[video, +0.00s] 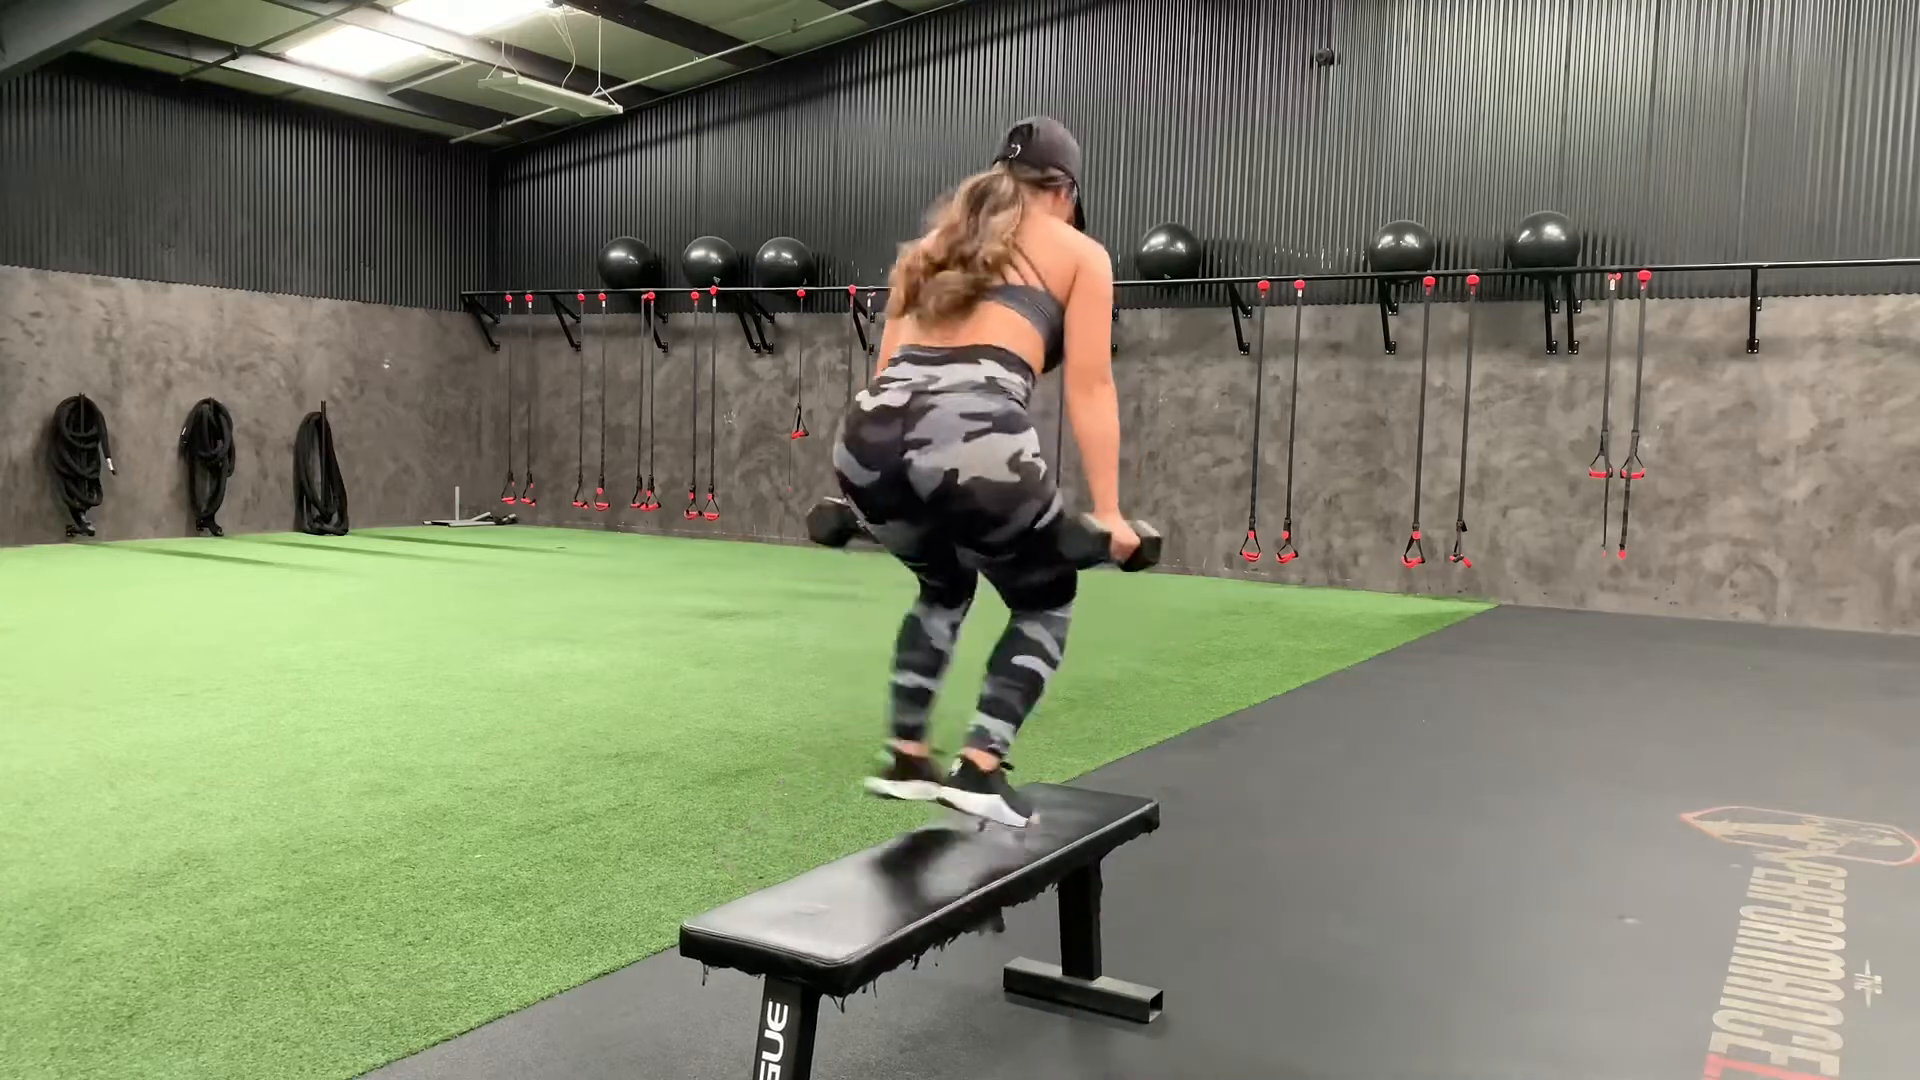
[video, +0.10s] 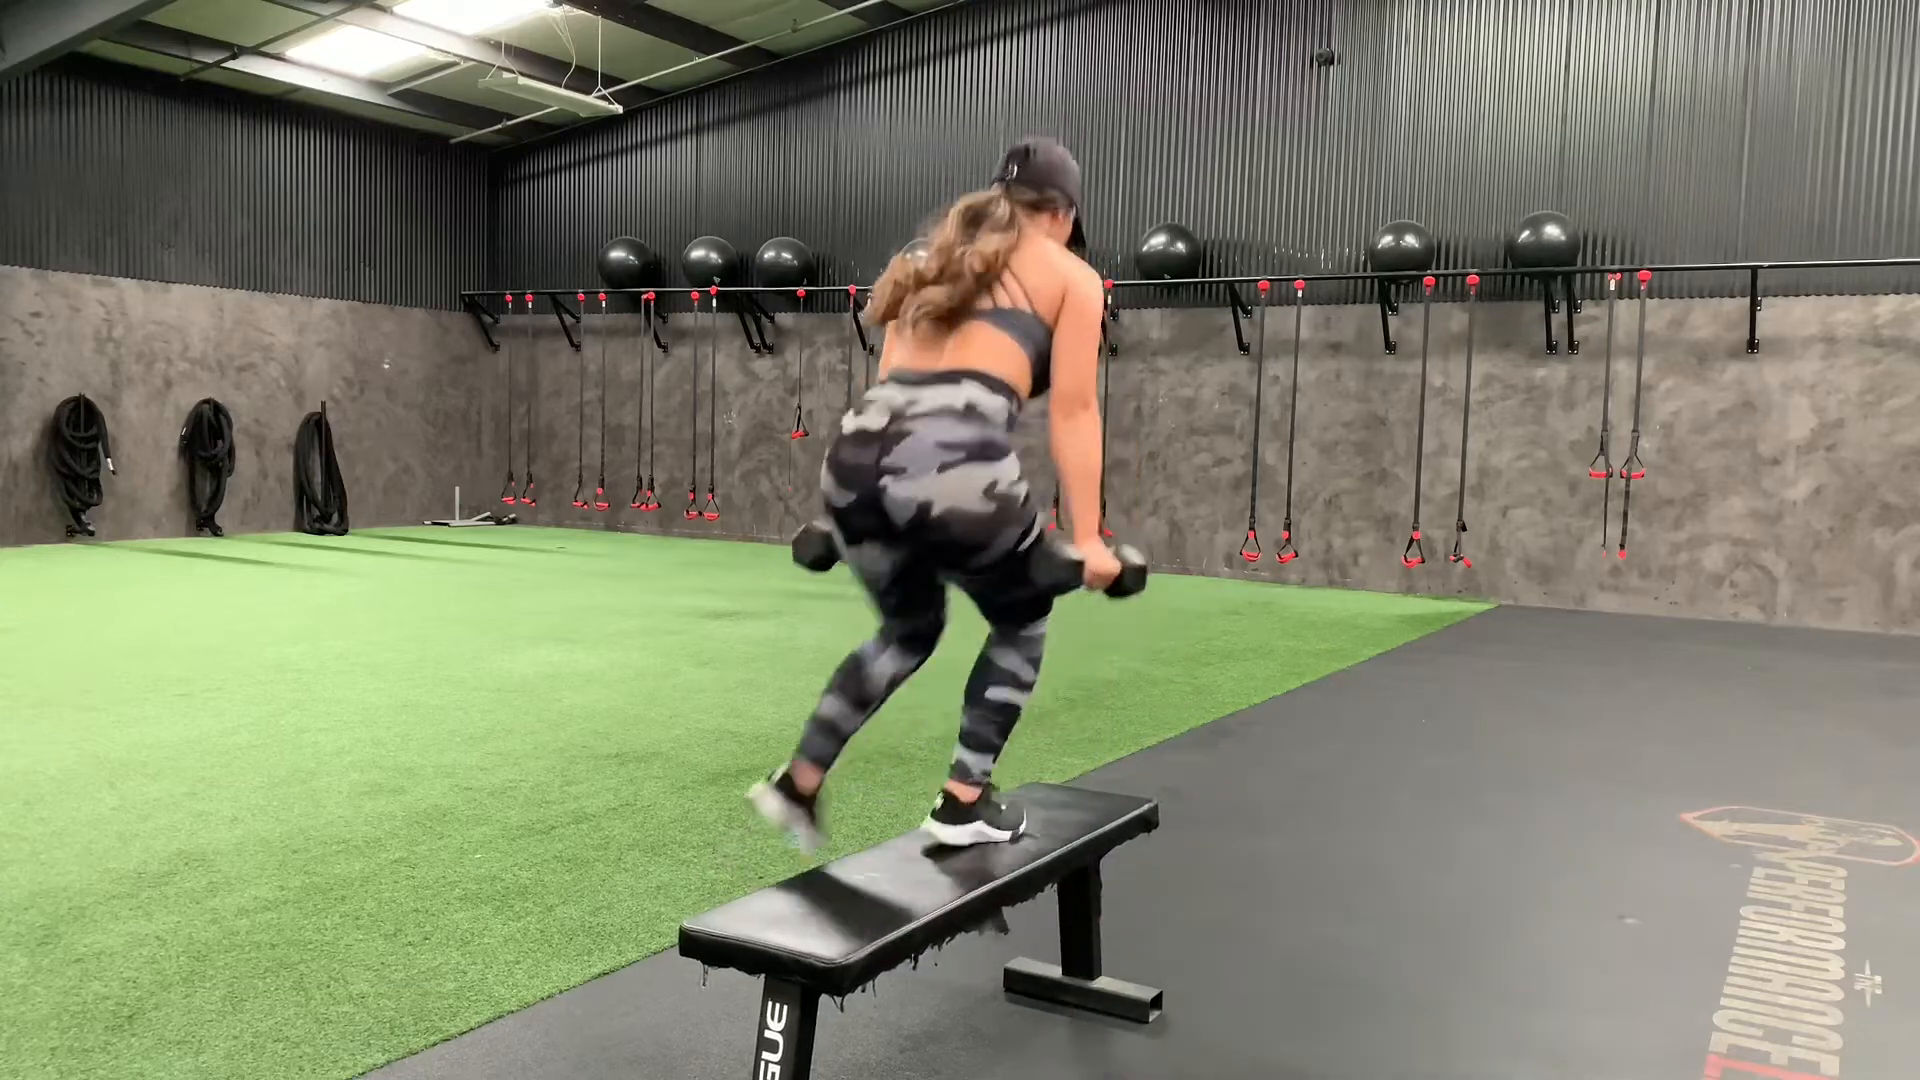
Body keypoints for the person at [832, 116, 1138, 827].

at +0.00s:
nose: (1070, 210)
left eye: (1069, 198)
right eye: (1071, 198)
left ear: (997, 182)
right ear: (1060, 193)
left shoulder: (930, 245)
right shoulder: (1077, 251)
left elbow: (886, 367)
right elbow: (1089, 388)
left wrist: (854, 487)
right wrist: (1108, 511)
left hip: (872, 445)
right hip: (979, 442)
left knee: (945, 583)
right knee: (1043, 600)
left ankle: (906, 756)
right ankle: (979, 768)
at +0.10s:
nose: (1069, 232)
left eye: (1067, 220)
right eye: (1070, 220)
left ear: (999, 201)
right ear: (1060, 215)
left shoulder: (928, 260)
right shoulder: (1069, 275)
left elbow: (890, 380)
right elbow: (1073, 411)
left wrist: (843, 512)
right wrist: (1087, 540)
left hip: (855, 467)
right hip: (956, 466)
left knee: (907, 628)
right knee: (1021, 620)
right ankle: (964, 796)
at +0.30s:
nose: (1050, 382)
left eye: (1050, 370)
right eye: (1049, 370)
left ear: (980, 359)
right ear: (1036, 368)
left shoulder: (919, 418)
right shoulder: (1036, 439)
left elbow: (877, 530)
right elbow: (1037, 578)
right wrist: (1053, 714)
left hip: (821, 629)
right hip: (906, 633)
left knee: (792, 828)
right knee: (1026, 658)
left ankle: (697, 1004)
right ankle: (959, 809)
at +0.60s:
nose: (1080, 291)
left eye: (1076, 280)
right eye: (1081, 280)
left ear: (1007, 268)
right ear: (1073, 279)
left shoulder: (943, 328)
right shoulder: (1084, 347)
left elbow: (886, 445)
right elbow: (1083, 482)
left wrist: (829, 563)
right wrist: (1090, 613)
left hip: (855, 525)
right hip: (949, 531)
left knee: (853, 708)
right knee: (1037, 633)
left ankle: (744, 879)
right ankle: (965, 799)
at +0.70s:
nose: (1084, 240)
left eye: (1079, 228)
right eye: (1084, 229)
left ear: (1015, 217)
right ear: (1079, 226)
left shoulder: (949, 274)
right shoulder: (1095, 290)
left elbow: (893, 395)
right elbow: (1099, 424)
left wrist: (844, 508)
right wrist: (1111, 553)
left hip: (868, 467)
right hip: (967, 471)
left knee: (916, 615)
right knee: (1030, 611)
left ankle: (833, 775)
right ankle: (983, 784)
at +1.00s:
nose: (1096, 309)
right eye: (1096, 296)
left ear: (1007, 291)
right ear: (1088, 299)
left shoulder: (949, 362)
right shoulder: (1111, 374)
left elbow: (898, 487)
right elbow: (1124, 510)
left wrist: (856, 595)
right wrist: (1150, 632)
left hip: (928, 564)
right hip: (1036, 569)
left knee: (965, 637)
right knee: (1066, 806)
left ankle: (974, 790)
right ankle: (1092, 1016)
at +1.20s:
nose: (1079, 406)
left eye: (1075, 398)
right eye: (1079, 396)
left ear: (1000, 386)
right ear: (1071, 392)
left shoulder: (953, 459)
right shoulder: (1108, 468)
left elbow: (900, 600)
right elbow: (1143, 605)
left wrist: (862, 700)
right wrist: (1179, 721)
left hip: (965, 673)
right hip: (1069, 677)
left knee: (967, 712)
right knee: (1072, 888)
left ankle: (977, 797)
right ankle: (1084, 1062)